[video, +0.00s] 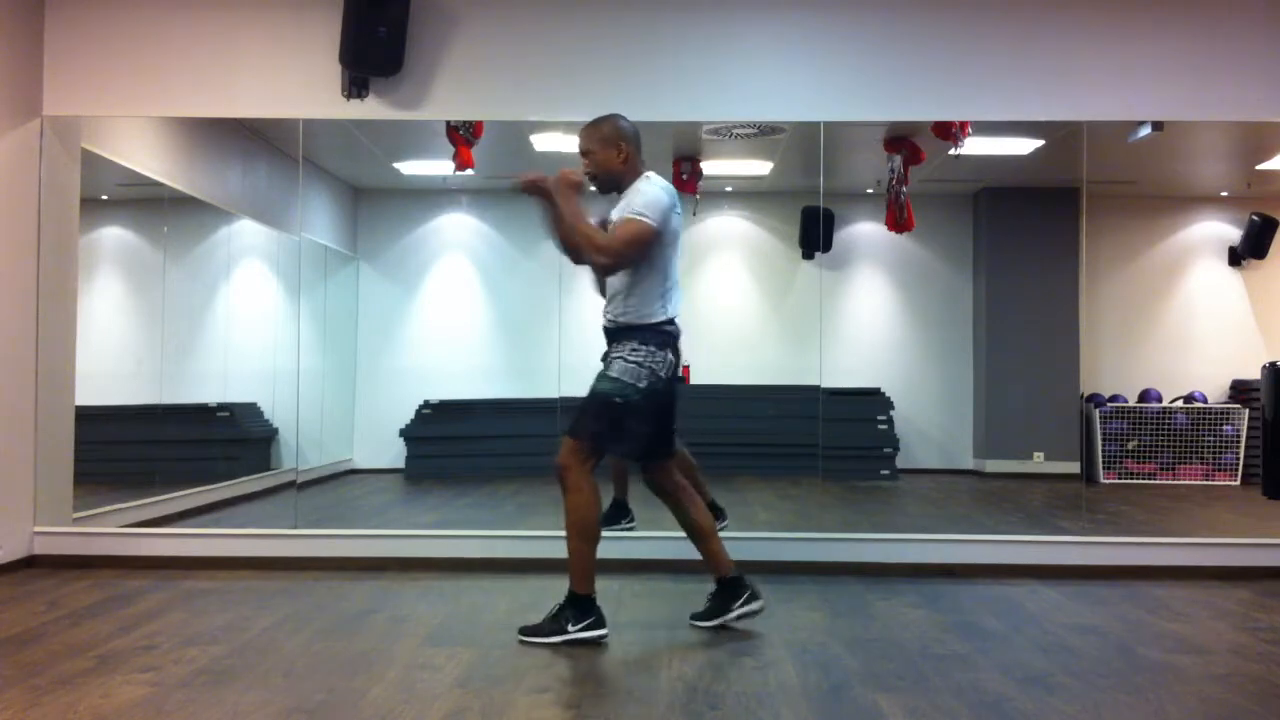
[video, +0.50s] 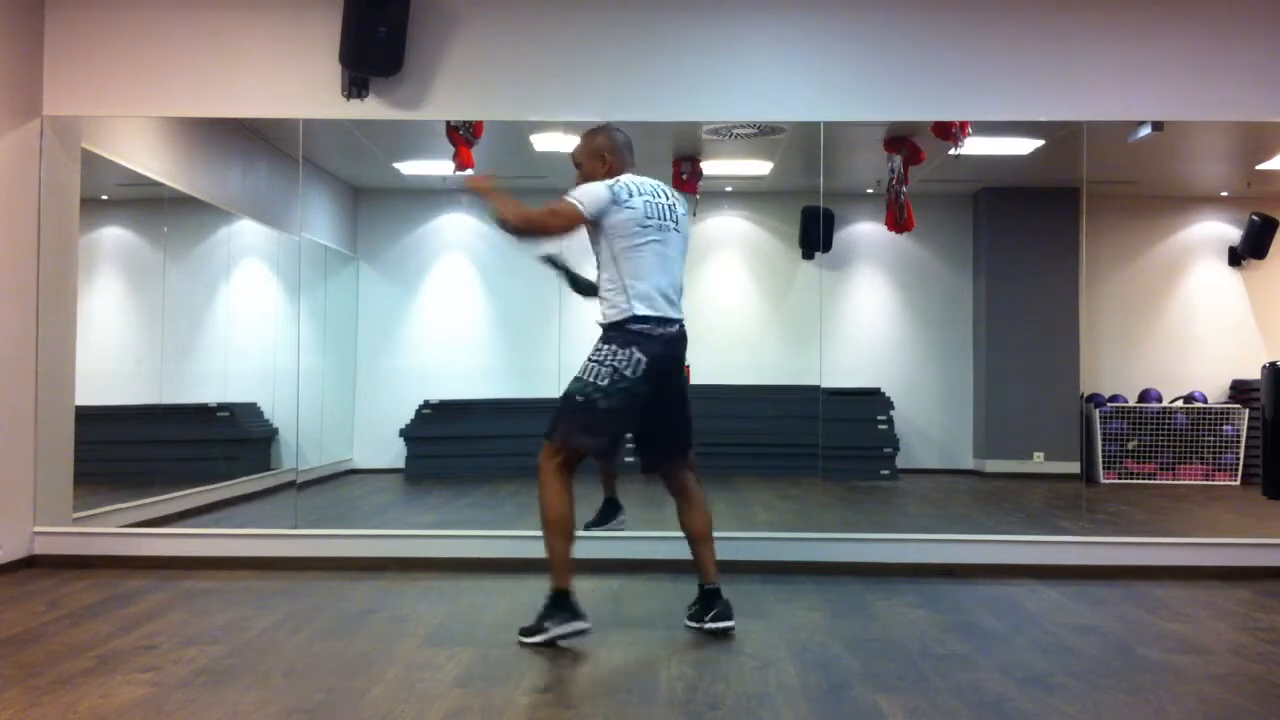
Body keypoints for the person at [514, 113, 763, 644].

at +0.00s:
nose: (585, 165)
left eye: (589, 155)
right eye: (583, 156)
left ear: (621, 151)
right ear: (620, 152)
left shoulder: (653, 192)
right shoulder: (624, 199)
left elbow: (607, 255)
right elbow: (580, 251)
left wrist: (568, 199)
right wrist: (552, 201)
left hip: (642, 350)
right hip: (637, 348)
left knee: (574, 461)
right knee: (662, 472)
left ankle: (581, 605)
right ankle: (731, 584)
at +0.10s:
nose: (587, 167)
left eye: (592, 156)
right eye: (584, 158)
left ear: (626, 152)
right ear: (612, 155)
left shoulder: (665, 199)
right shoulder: (613, 195)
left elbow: (633, 263)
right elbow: (532, 203)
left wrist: (593, 204)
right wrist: (478, 182)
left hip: (645, 349)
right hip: (623, 346)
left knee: (580, 460)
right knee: (656, 473)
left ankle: (582, 605)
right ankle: (729, 575)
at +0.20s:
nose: (583, 168)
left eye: (589, 157)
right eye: (580, 159)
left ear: (623, 152)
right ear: (612, 154)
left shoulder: (662, 202)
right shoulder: (604, 190)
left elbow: (631, 266)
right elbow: (518, 188)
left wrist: (595, 206)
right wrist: (443, 179)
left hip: (645, 349)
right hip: (622, 347)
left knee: (580, 462)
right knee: (652, 475)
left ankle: (582, 607)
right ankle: (729, 573)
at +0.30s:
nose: (576, 169)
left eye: (581, 159)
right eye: (573, 160)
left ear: (614, 153)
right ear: (608, 154)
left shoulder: (649, 198)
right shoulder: (608, 199)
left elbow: (607, 268)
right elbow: (542, 229)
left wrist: (582, 206)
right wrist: (497, 192)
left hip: (641, 351)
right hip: (623, 350)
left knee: (576, 463)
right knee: (646, 472)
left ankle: (582, 606)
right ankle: (722, 576)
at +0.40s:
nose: (570, 171)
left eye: (574, 161)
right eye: (568, 162)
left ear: (604, 156)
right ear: (609, 156)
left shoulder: (626, 194)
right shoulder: (642, 194)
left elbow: (567, 253)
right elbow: (588, 262)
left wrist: (551, 199)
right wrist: (566, 207)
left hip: (633, 349)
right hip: (654, 347)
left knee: (561, 464)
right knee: (662, 472)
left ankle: (579, 607)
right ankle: (711, 593)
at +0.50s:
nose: (578, 177)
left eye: (581, 167)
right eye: (577, 168)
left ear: (606, 159)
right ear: (621, 158)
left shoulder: (605, 192)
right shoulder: (673, 200)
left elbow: (529, 223)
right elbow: (648, 282)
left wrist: (488, 189)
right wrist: (583, 283)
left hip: (624, 350)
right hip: (670, 351)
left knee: (555, 462)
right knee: (680, 472)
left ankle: (561, 603)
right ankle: (712, 598)